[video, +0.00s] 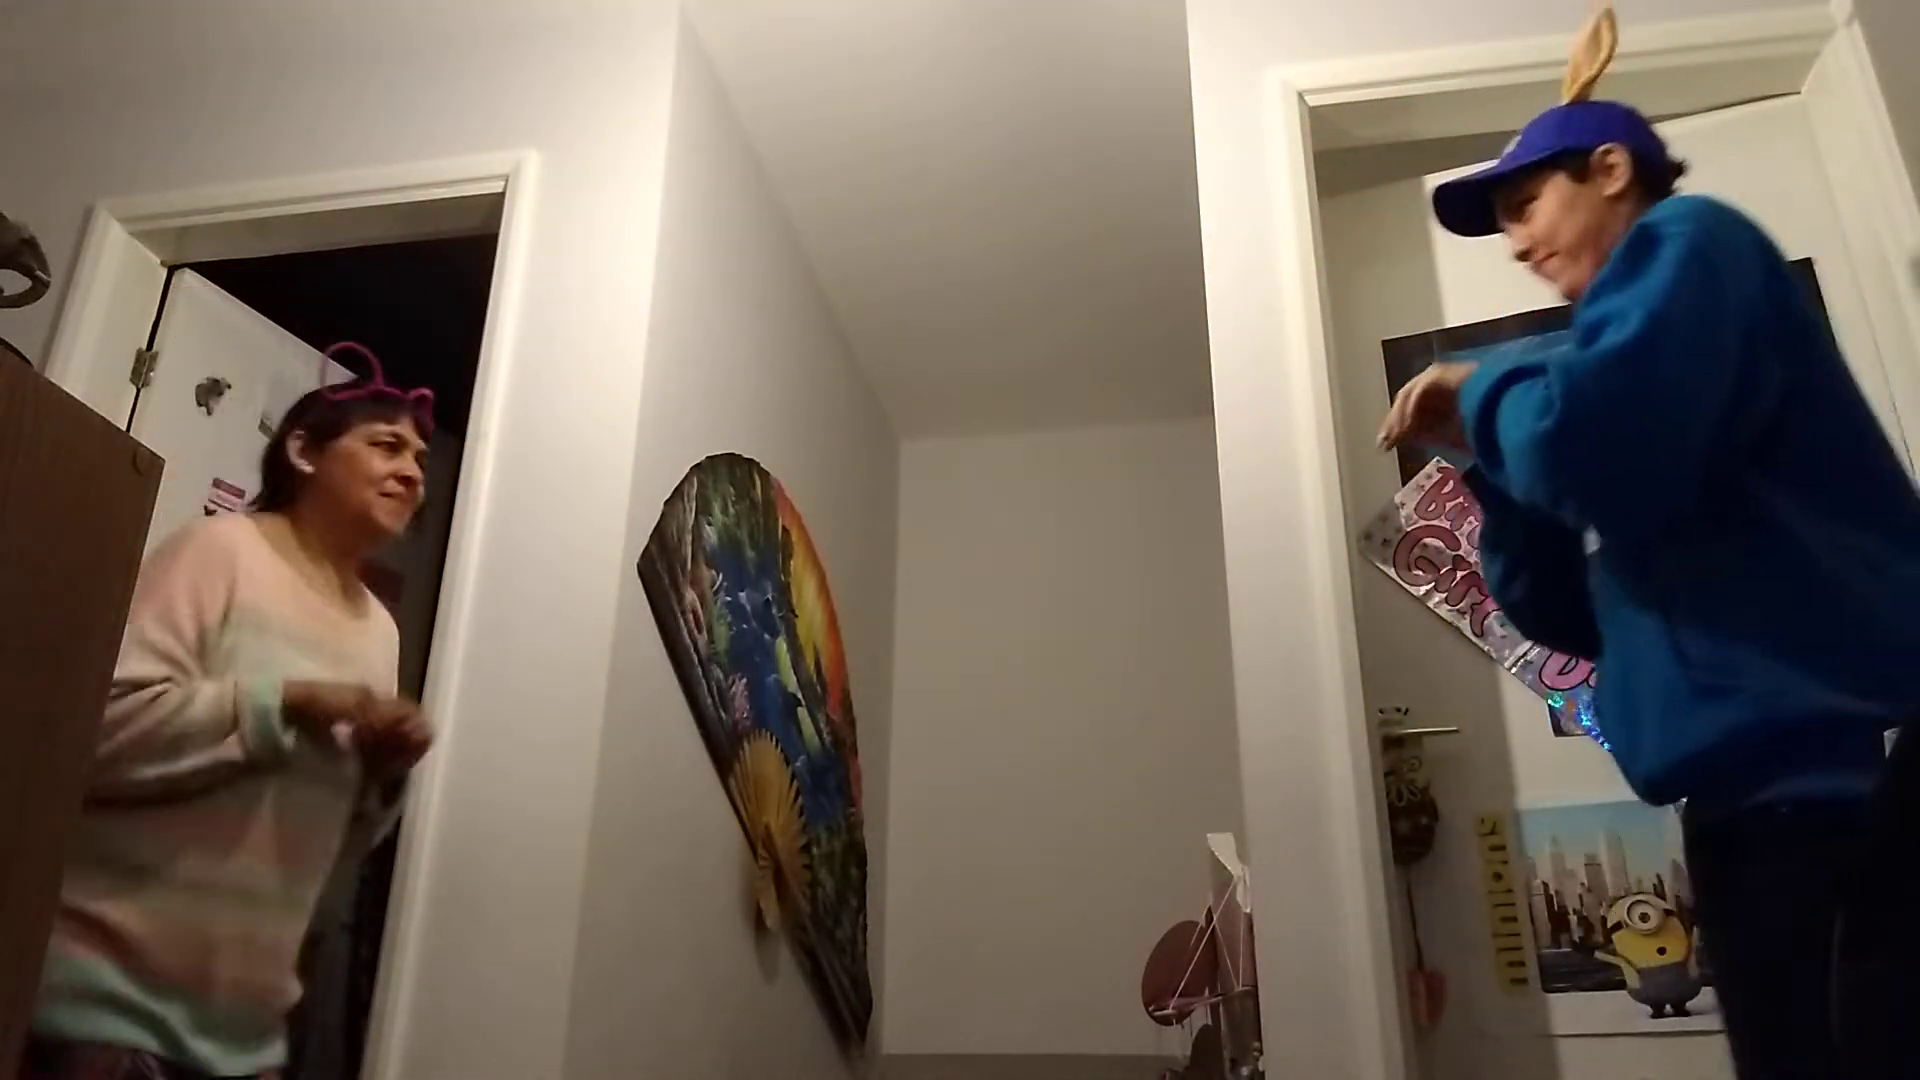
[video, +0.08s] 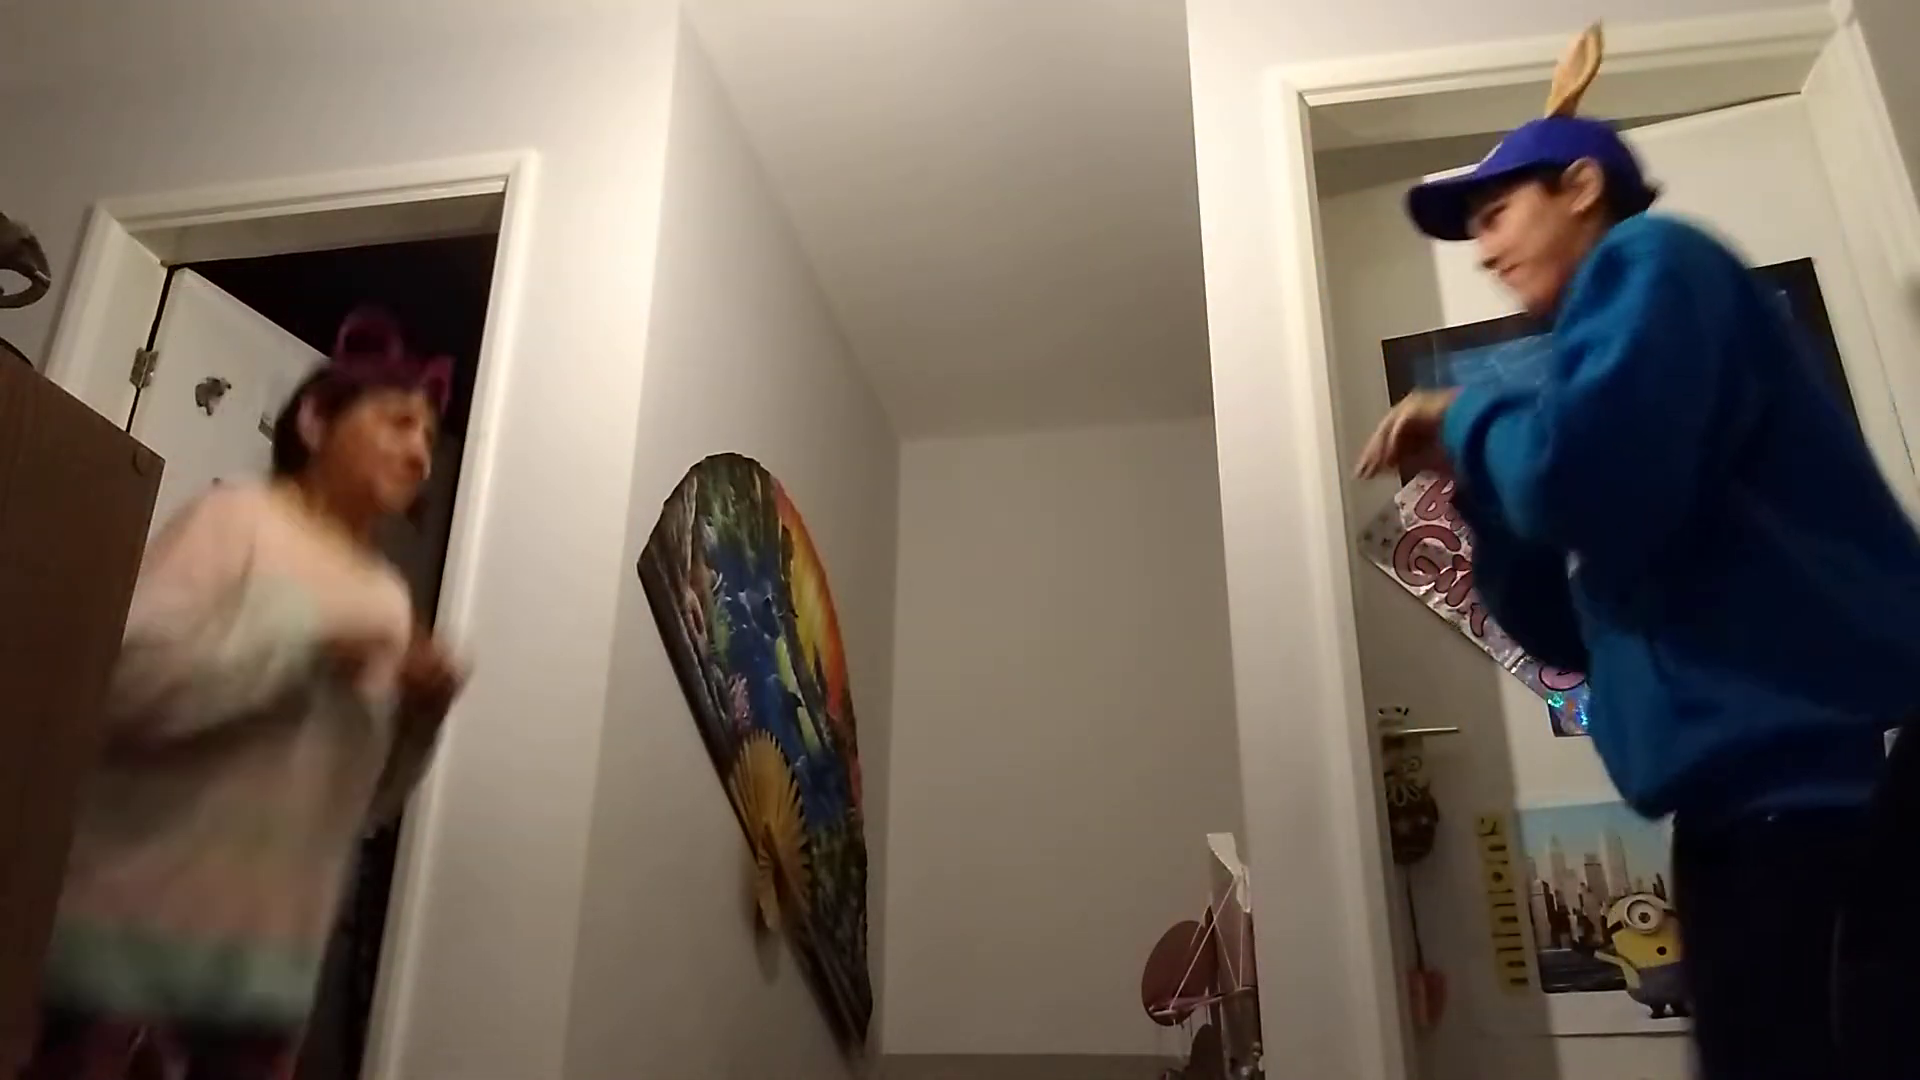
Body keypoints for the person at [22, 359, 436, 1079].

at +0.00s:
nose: (412, 472)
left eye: (419, 460)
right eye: (387, 445)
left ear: (420, 486)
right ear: (306, 452)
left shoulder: (380, 629)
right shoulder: (217, 549)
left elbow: (330, 845)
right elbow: (104, 730)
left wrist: (383, 770)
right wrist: (284, 708)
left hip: (249, 1016)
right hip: (111, 988)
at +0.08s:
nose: (419, 452)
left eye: (427, 435)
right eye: (398, 423)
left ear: (427, 460)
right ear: (316, 421)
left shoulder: (387, 594)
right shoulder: (233, 519)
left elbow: (359, 805)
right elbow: (125, 687)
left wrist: (417, 719)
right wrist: (304, 651)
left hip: (270, 956)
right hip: (130, 937)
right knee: (88, 1065)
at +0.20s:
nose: (440, 374)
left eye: (450, 358)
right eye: (423, 342)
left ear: (447, 376)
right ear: (343, 334)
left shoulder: (421, 503)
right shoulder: (265, 419)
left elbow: (428, 693)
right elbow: (206, 568)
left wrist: (473, 586)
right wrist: (379, 511)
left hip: (340, 825)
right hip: (205, 802)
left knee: (281, 1046)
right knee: (160, 1035)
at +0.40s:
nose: (503, 375)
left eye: (510, 359)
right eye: (484, 343)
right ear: (400, 343)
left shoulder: (448, 516)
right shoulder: (321, 452)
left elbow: (451, 735)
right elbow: (249, 635)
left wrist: (517, 641)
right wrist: (429, 563)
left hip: (377, 897)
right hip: (250, 880)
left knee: (361, 1062)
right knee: (248, 1063)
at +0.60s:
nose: (546, 421)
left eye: (547, 404)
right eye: (524, 396)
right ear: (439, 401)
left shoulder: (495, 565)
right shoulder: (368, 512)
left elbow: (515, 781)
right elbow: (330, 695)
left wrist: (577, 688)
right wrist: (503, 630)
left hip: (439, 952)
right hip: (320, 949)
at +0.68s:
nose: (563, 373)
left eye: (569, 357)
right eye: (547, 345)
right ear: (464, 342)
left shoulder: (524, 504)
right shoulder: (398, 442)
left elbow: (575, 696)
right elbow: (415, 590)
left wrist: (616, 588)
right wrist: (564, 525)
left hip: (485, 881)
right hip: (363, 872)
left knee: (441, 1063)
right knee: (327, 1060)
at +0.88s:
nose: (643, 335)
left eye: (647, 320)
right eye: (624, 308)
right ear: (544, 306)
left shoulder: (593, 467)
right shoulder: (481, 410)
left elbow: (635, 665)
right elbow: (504, 567)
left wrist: (688, 579)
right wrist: (647, 519)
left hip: (554, 842)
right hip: (449, 842)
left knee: (545, 1052)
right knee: (455, 1055)